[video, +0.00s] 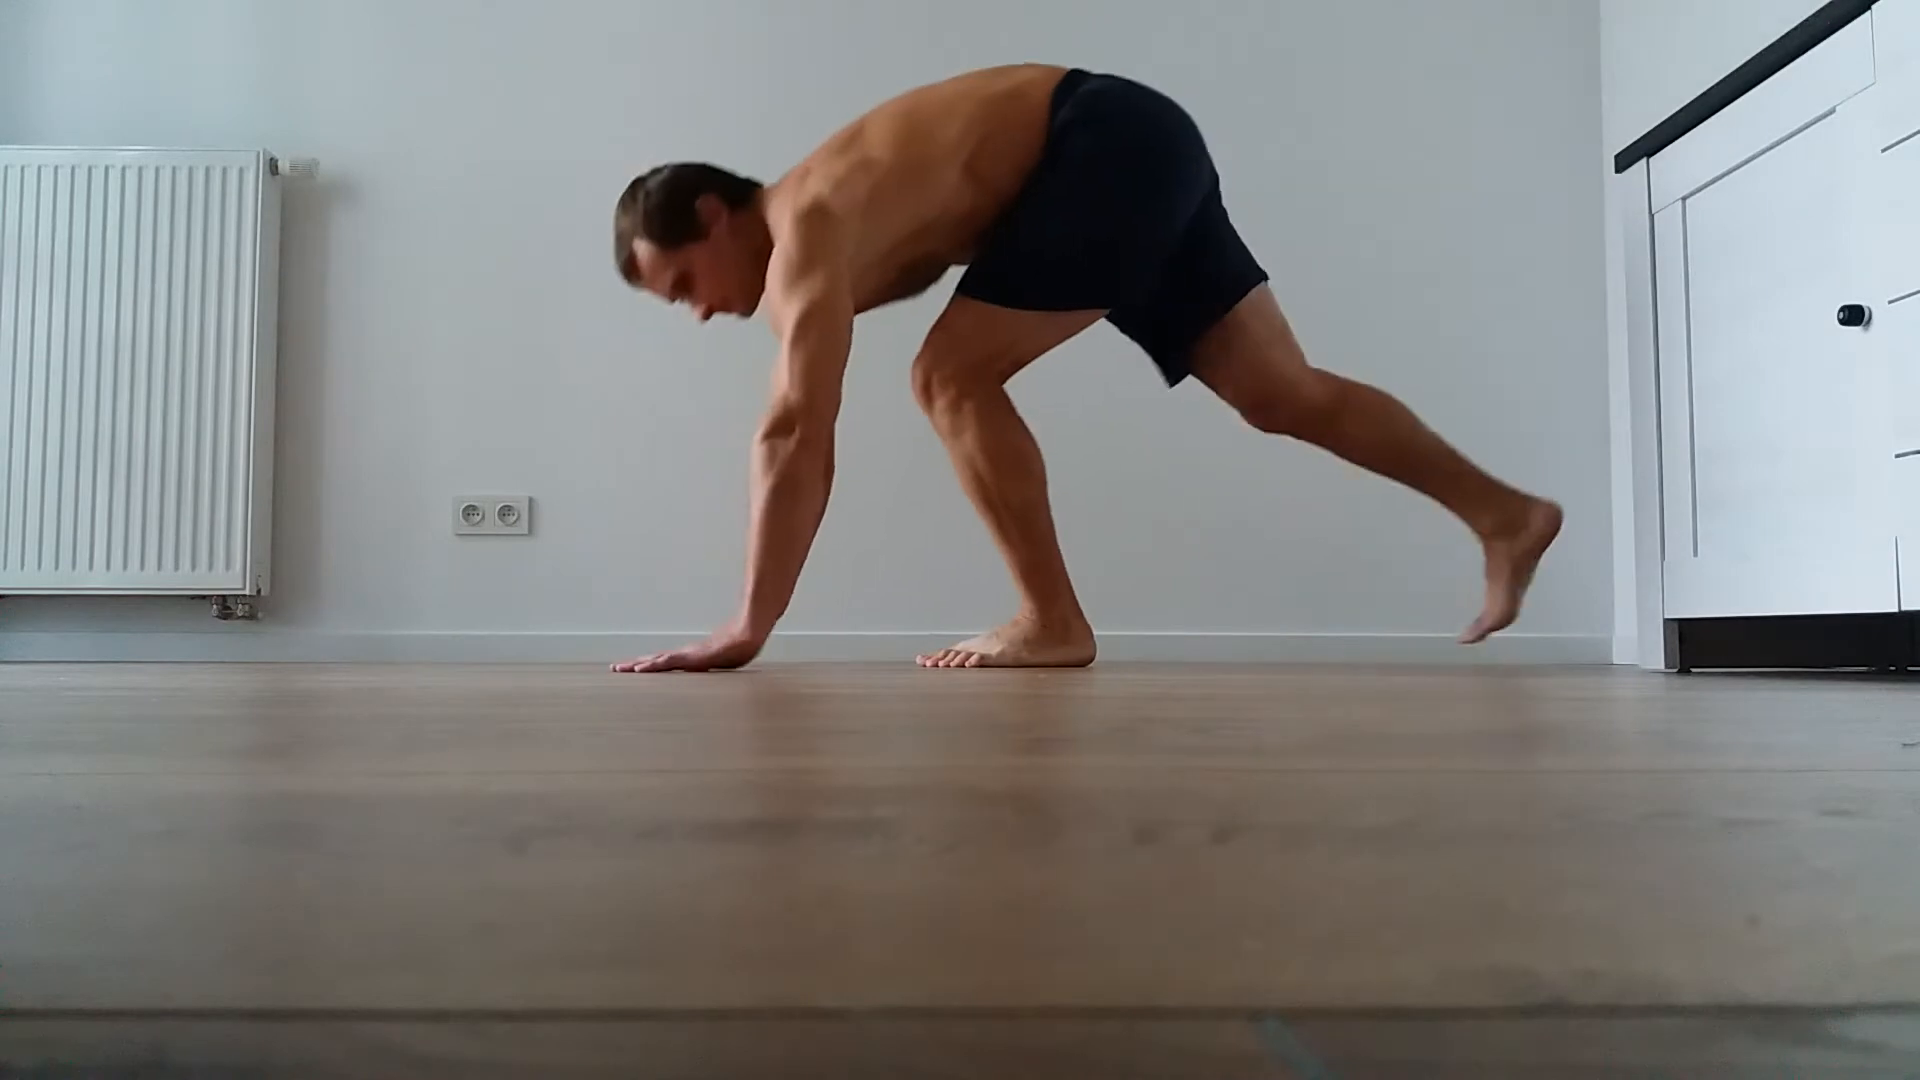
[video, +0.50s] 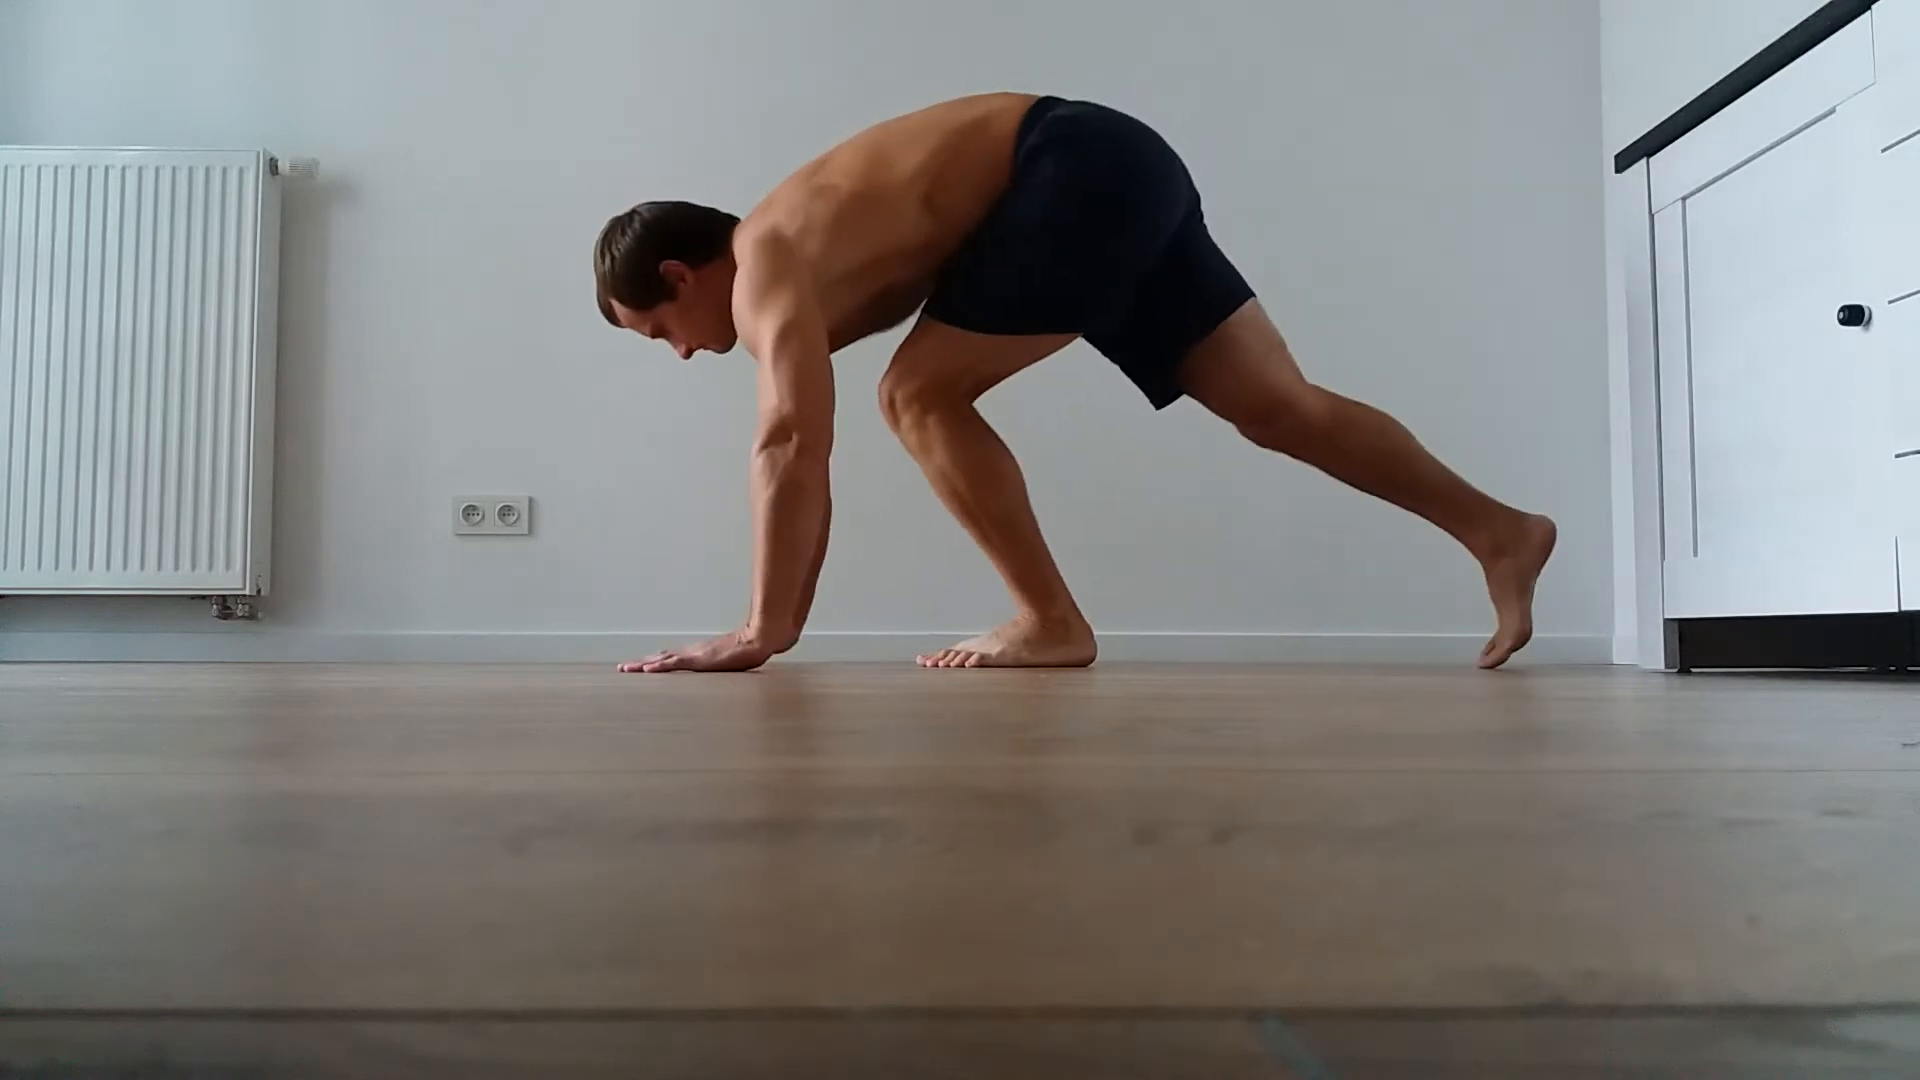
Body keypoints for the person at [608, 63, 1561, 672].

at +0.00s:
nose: (700, 307)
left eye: (684, 284)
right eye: (680, 296)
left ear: (713, 223)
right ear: (717, 221)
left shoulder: (808, 236)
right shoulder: (810, 216)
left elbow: (791, 438)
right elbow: (810, 438)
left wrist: (750, 625)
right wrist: (756, 614)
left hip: (1103, 152)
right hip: (1137, 144)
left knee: (955, 376)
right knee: (1281, 394)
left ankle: (1052, 623)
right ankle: (1505, 514)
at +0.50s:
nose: (673, 349)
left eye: (657, 329)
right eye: (655, 336)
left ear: (684, 279)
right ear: (697, 265)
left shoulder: (769, 276)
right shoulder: (779, 259)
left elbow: (784, 451)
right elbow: (805, 460)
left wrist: (766, 631)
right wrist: (779, 628)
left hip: (1079, 179)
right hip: (1118, 171)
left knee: (924, 393)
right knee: (1281, 410)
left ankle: (1048, 621)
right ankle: (1500, 533)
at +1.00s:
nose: (679, 364)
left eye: (663, 345)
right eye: (662, 353)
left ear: (689, 288)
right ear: (698, 288)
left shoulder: (789, 267)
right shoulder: (796, 293)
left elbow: (768, 461)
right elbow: (797, 476)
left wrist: (762, 631)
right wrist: (794, 637)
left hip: (1101, 237)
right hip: (1102, 260)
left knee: (1045, 454)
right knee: (1301, 454)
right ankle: (1522, 557)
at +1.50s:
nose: (650, 360)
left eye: (634, 338)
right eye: (634, 349)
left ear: (660, 282)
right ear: (663, 287)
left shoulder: (774, 270)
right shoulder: (769, 290)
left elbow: (762, 464)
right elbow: (782, 481)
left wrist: (758, 638)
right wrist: (788, 639)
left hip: (1092, 330)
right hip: (1072, 354)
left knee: (1322, 483)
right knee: (1301, 492)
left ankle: (1589, 544)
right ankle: (1537, 564)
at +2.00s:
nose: (655, 360)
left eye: (639, 338)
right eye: (640, 349)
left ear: (659, 282)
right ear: (667, 292)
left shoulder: (761, 269)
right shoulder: (767, 298)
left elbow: (754, 463)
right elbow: (779, 481)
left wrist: (757, 637)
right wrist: (782, 637)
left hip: (1101, 352)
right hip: (1084, 374)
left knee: (1343, 486)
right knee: (1336, 486)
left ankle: (1592, 554)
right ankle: (1581, 558)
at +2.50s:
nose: (612, 636)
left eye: (600, 619)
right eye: (593, 626)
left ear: (626, 565)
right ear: (637, 560)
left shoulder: (711, 533)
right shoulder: (721, 542)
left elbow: (714, 459)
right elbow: (722, 470)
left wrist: (760, 641)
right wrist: (744, 641)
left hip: (1061, 545)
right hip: (1050, 547)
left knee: (1364, 575)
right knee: (1357, 570)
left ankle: (1596, 560)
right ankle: (1588, 560)